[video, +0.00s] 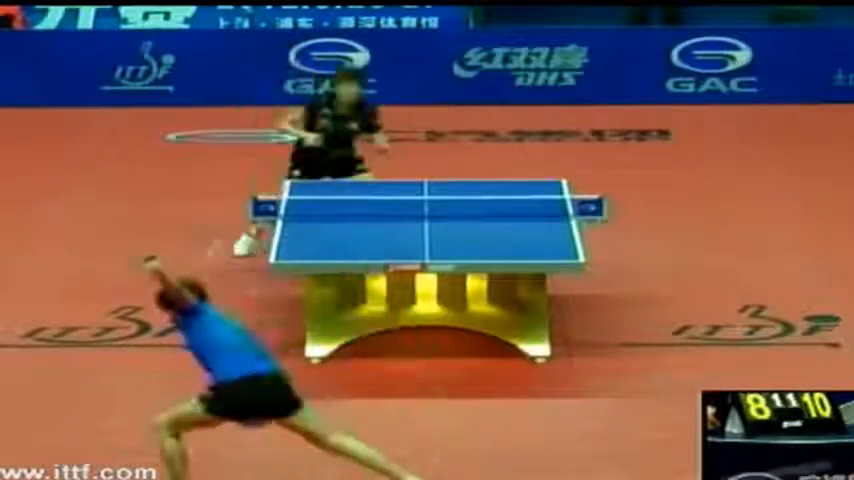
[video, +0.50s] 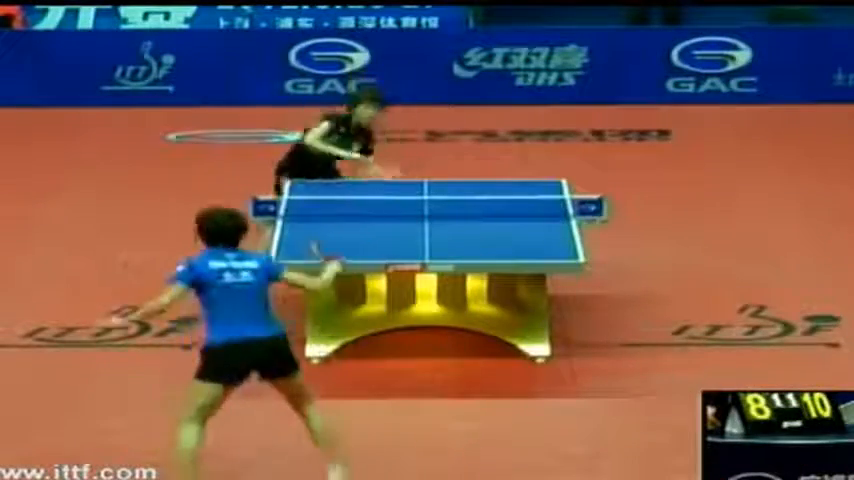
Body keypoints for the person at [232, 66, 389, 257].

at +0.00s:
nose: (348, 93)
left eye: (352, 88)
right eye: (344, 88)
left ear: (359, 90)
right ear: (335, 88)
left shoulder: (363, 111)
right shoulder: (318, 106)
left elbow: (375, 133)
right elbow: (283, 123)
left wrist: (381, 143)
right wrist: (305, 136)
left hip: (345, 161)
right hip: (310, 163)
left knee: (372, 195)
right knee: (288, 202)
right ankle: (252, 235)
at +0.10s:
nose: (361, 95)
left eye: (366, 90)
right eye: (357, 89)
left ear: (373, 92)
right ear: (348, 89)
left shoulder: (374, 114)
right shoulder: (329, 107)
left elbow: (386, 137)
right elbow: (291, 125)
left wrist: (393, 149)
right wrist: (315, 135)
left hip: (349, 161)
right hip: (314, 161)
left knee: (376, 195)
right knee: (294, 201)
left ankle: (378, 249)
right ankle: (256, 235)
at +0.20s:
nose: (368, 98)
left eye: (373, 93)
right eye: (363, 92)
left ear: (379, 97)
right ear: (354, 93)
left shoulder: (380, 119)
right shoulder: (334, 110)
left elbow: (391, 143)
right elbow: (294, 126)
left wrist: (399, 156)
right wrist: (317, 136)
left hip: (352, 166)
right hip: (316, 166)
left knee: (377, 199)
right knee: (292, 202)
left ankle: (387, 253)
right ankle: (263, 246)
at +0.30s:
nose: (370, 102)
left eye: (375, 97)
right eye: (365, 97)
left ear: (380, 100)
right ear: (354, 97)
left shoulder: (378, 124)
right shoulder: (334, 114)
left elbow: (390, 151)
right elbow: (293, 131)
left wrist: (403, 165)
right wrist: (318, 141)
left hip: (350, 168)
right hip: (316, 168)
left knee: (363, 209)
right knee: (294, 209)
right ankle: (261, 254)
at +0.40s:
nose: (365, 110)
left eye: (370, 106)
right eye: (362, 104)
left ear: (376, 110)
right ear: (354, 104)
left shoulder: (371, 136)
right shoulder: (330, 121)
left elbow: (380, 164)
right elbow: (294, 138)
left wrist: (398, 174)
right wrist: (326, 149)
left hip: (335, 175)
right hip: (302, 173)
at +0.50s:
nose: (370, 114)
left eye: (373, 110)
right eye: (366, 108)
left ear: (376, 113)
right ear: (355, 108)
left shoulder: (365, 136)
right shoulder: (335, 121)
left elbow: (364, 168)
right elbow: (310, 139)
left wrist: (385, 178)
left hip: (325, 172)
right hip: (295, 171)